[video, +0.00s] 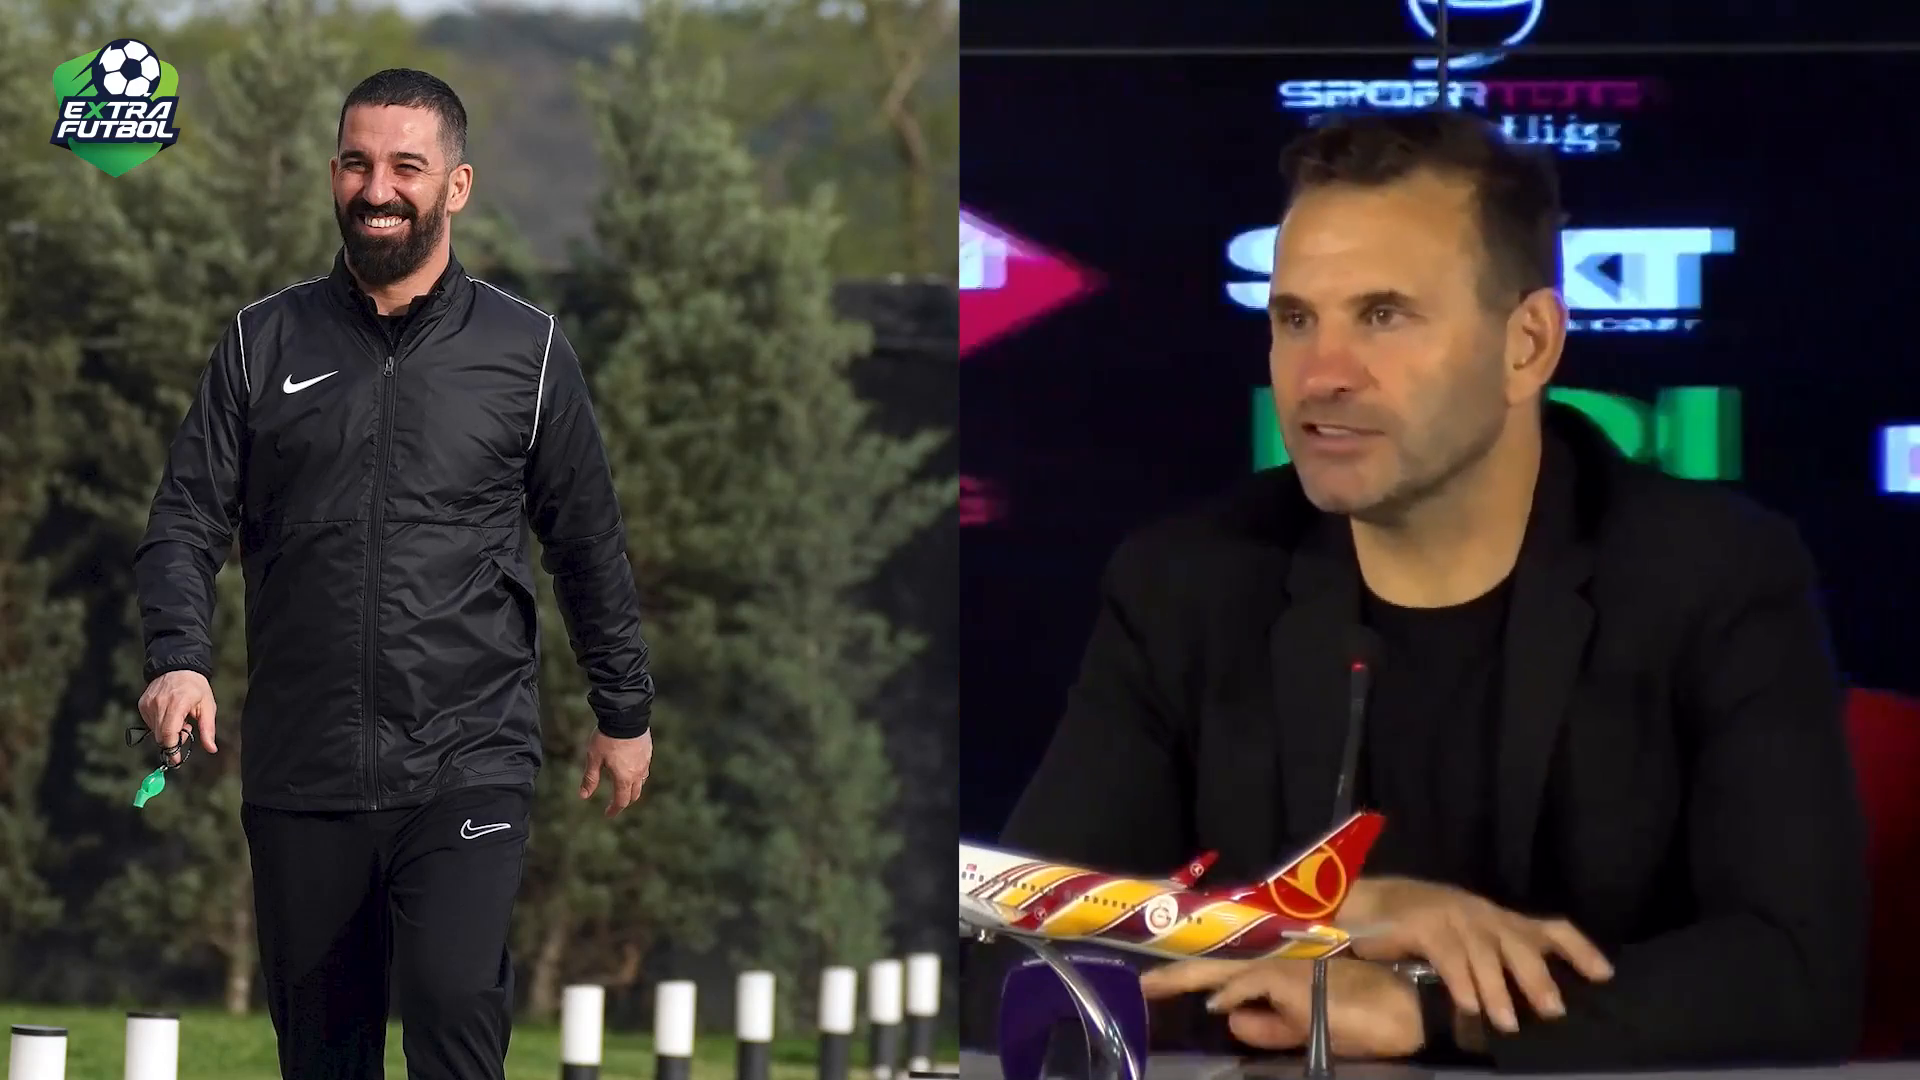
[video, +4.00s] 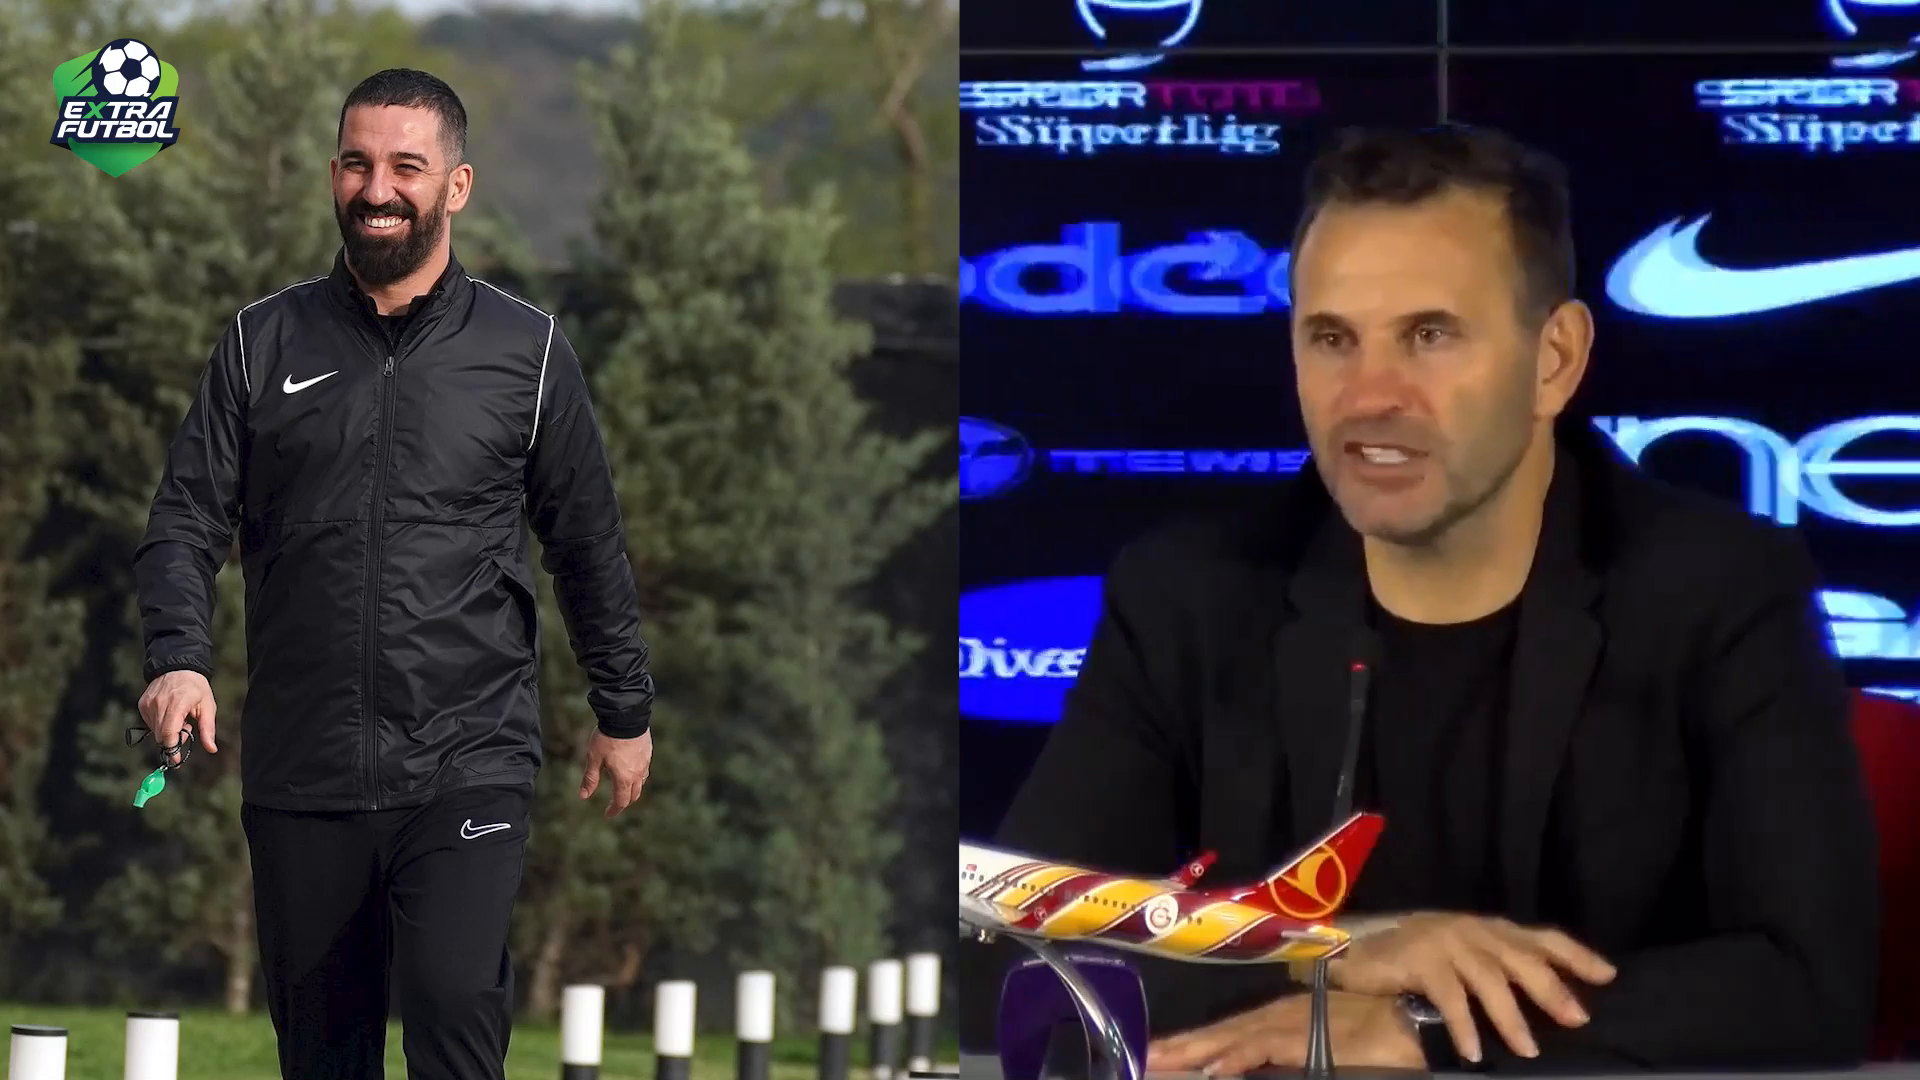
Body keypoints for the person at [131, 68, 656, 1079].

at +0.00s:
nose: (376, 187)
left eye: (405, 164)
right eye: (356, 162)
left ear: (458, 185)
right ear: (334, 176)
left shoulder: (529, 350)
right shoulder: (259, 343)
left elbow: (589, 542)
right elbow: (187, 513)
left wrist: (623, 709)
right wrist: (178, 658)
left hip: (472, 751)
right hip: (302, 753)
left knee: (454, 1017)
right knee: (320, 1039)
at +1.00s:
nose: (376, 187)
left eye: (405, 164)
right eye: (356, 162)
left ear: (458, 185)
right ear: (334, 176)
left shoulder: (529, 349)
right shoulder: (259, 343)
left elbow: (589, 540)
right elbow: (187, 513)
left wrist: (623, 708)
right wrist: (178, 658)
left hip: (472, 752)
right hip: (302, 755)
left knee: (455, 1018)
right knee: (320, 1042)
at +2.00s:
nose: (376, 187)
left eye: (405, 164)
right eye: (356, 162)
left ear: (458, 185)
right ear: (334, 176)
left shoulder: (529, 349)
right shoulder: (259, 342)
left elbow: (588, 540)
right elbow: (187, 513)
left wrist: (623, 709)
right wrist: (178, 658)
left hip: (471, 752)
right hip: (302, 755)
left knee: (455, 1019)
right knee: (320, 1042)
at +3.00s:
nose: (376, 187)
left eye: (405, 164)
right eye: (356, 162)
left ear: (458, 185)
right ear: (334, 176)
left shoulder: (529, 349)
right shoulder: (259, 343)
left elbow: (588, 541)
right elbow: (187, 513)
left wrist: (623, 709)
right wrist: (178, 658)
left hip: (472, 752)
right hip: (302, 755)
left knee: (455, 1018)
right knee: (320, 1042)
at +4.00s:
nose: (375, 187)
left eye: (405, 164)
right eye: (356, 162)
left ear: (458, 185)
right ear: (334, 177)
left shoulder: (530, 350)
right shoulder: (259, 342)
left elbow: (588, 541)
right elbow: (187, 513)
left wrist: (623, 708)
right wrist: (177, 658)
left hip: (472, 752)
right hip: (301, 755)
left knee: (455, 1018)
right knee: (320, 1042)